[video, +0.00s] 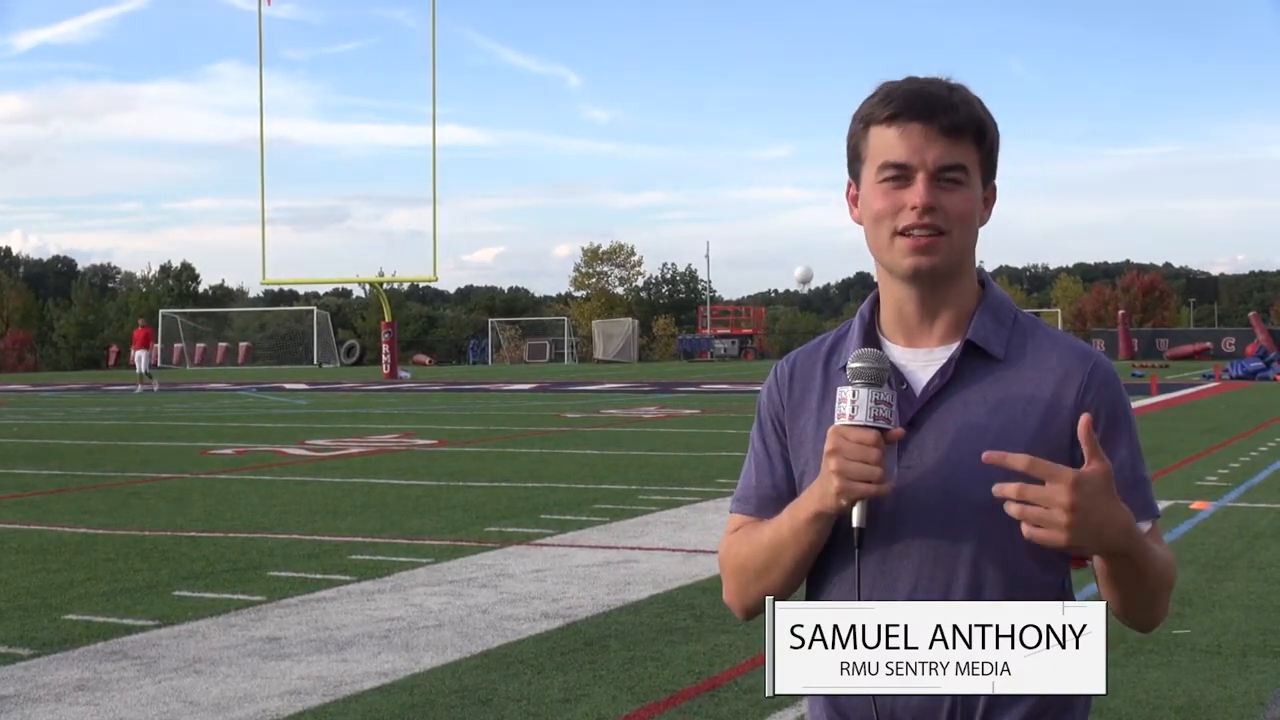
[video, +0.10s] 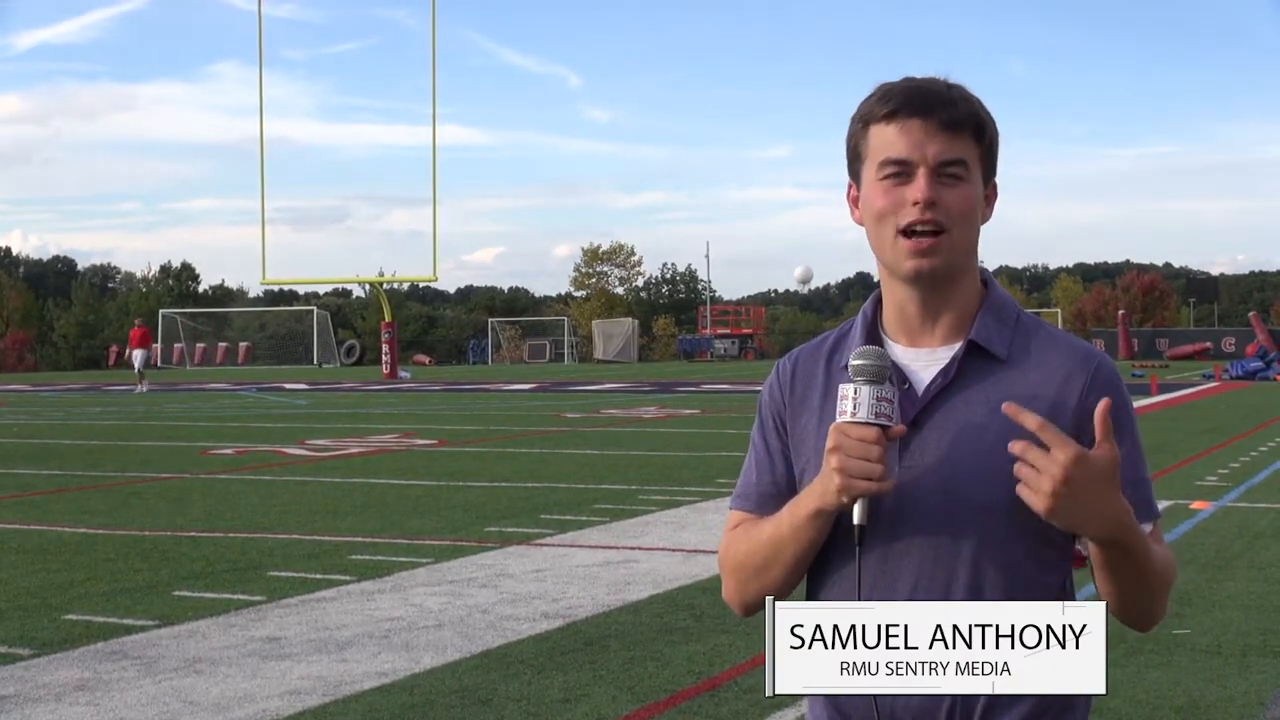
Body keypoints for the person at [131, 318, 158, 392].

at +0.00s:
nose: (141, 323)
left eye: (142, 322)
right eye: (140, 322)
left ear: (145, 323)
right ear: (138, 323)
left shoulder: (148, 330)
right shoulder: (135, 331)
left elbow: (151, 341)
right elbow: (133, 344)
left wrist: (150, 351)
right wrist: (132, 355)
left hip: (145, 351)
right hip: (137, 351)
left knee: (145, 370)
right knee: (138, 371)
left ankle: (154, 382)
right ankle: (140, 386)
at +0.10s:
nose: (138, 323)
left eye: (139, 321)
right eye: (136, 321)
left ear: (141, 323)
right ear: (134, 322)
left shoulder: (145, 330)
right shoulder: (132, 331)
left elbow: (150, 341)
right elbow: (129, 343)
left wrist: (151, 351)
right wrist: (127, 352)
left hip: (142, 350)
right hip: (134, 350)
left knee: (138, 368)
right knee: (137, 368)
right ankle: (142, 384)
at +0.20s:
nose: (133, 323)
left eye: (134, 321)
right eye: (132, 321)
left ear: (137, 322)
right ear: (130, 322)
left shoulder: (142, 331)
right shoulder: (128, 331)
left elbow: (146, 342)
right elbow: (125, 343)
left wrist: (148, 351)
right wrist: (122, 351)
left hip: (140, 350)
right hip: (132, 350)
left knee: (133, 368)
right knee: (135, 369)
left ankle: (139, 385)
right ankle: (136, 386)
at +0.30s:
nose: (129, 324)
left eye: (131, 322)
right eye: (128, 322)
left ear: (133, 323)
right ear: (127, 323)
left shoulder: (138, 332)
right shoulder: (125, 332)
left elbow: (143, 342)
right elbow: (121, 344)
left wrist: (145, 350)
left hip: (136, 351)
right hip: (128, 351)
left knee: (130, 369)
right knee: (135, 370)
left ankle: (127, 386)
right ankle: (140, 386)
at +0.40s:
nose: (126, 324)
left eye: (128, 322)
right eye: (125, 322)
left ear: (131, 323)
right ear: (124, 324)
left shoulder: (136, 331)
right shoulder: (121, 332)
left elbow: (140, 341)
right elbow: (118, 342)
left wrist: (143, 349)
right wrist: (116, 348)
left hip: (133, 351)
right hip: (125, 351)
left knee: (126, 370)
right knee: (132, 370)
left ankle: (125, 387)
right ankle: (138, 386)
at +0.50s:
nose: (124, 324)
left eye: (125, 322)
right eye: (122, 322)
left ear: (128, 323)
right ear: (121, 323)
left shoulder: (133, 332)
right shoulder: (118, 332)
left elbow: (137, 344)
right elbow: (115, 345)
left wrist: (138, 354)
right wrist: (112, 358)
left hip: (130, 352)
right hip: (122, 352)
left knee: (124, 371)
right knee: (122, 372)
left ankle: (124, 388)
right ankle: (134, 384)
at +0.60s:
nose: (120, 323)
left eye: (121, 322)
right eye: (118, 322)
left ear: (124, 322)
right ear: (117, 323)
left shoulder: (129, 331)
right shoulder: (115, 331)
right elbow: (112, 344)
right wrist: (109, 354)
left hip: (125, 351)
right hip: (116, 351)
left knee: (123, 371)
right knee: (114, 371)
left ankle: (124, 387)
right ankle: (124, 382)